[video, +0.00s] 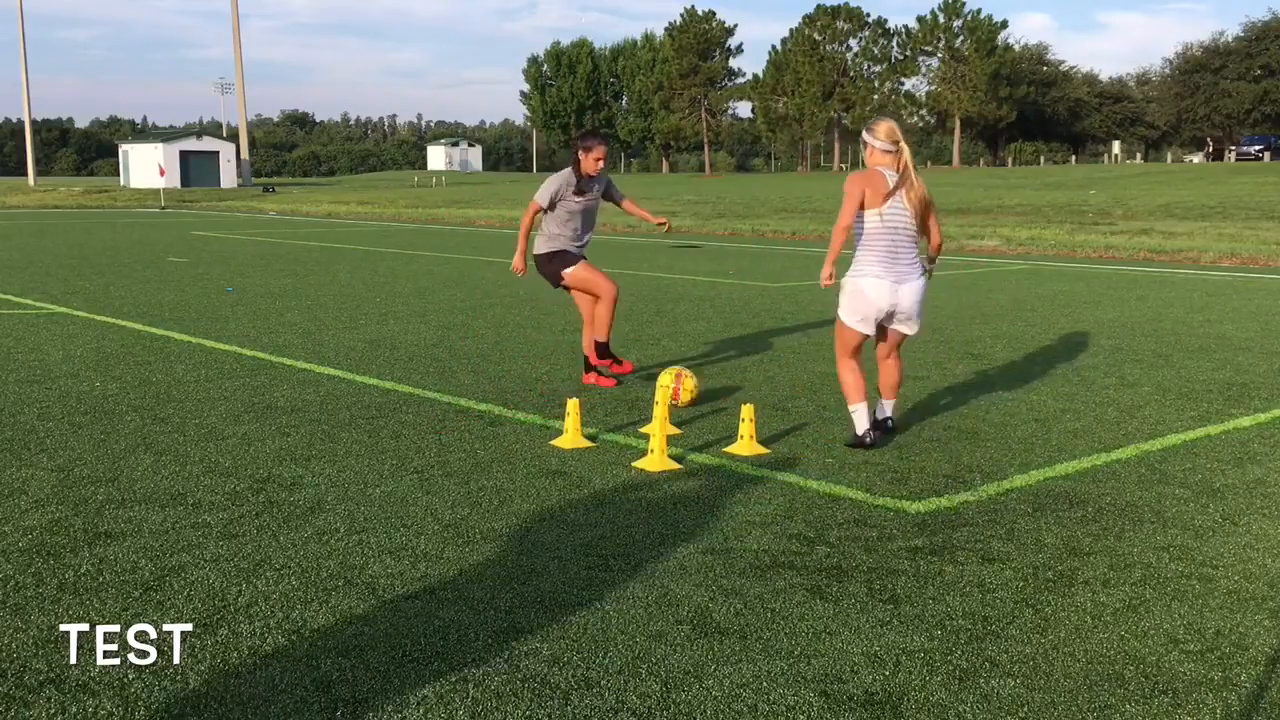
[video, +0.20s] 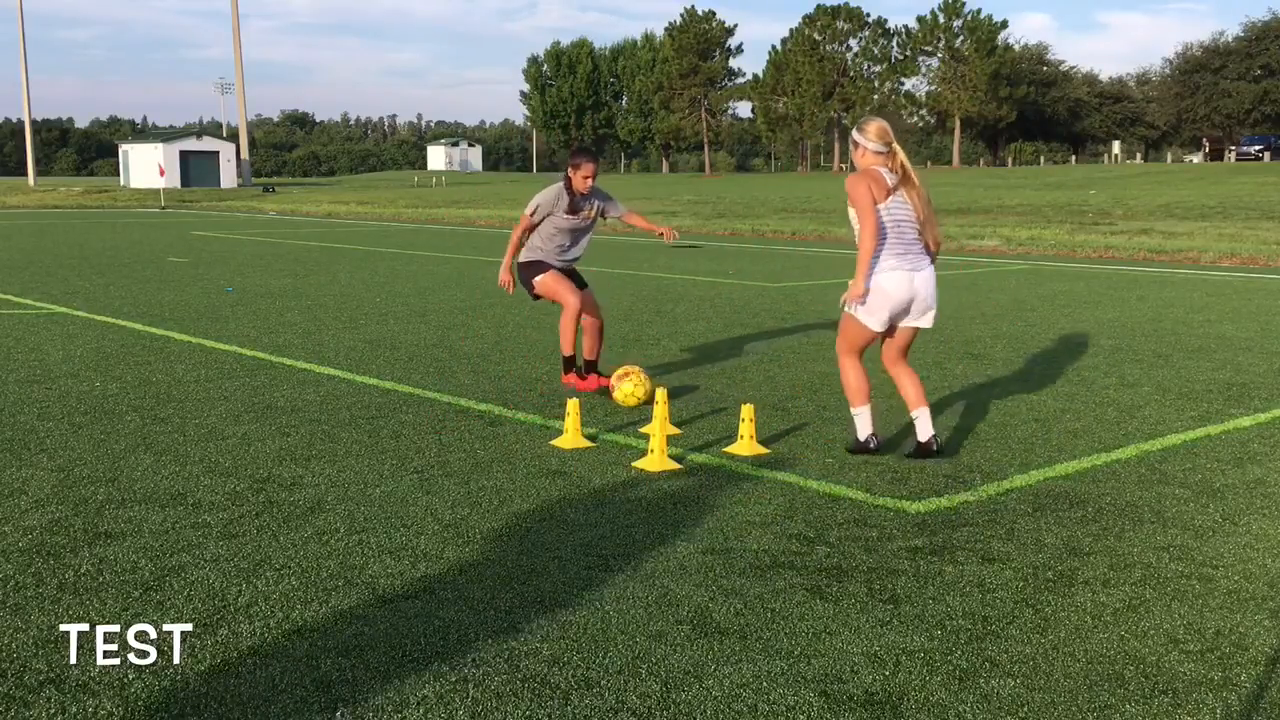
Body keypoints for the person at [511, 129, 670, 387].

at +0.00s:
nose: (602, 165)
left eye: (604, 159)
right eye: (597, 159)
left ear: (604, 158)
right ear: (580, 156)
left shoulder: (601, 180)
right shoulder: (560, 181)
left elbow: (621, 201)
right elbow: (530, 212)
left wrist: (651, 218)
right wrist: (520, 254)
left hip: (573, 253)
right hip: (551, 254)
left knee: (591, 314)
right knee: (607, 290)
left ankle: (590, 371)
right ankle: (602, 354)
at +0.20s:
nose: (590, 183)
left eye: (593, 177)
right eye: (585, 178)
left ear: (596, 175)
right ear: (570, 173)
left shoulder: (598, 198)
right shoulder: (551, 196)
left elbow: (626, 215)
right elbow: (521, 229)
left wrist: (656, 229)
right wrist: (506, 266)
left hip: (564, 266)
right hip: (534, 263)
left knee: (594, 317)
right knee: (573, 300)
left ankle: (590, 374)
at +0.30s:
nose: (572, 178)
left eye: (575, 172)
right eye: (566, 172)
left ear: (578, 170)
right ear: (551, 168)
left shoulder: (583, 191)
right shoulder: (534, 193)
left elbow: (604, 215)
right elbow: (504, 226)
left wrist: (616, 218)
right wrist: (495, 262)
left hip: (561, 269)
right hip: (528, 267)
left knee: (584, 321)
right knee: (535, 318)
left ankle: (589, 374)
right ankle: (509, 379)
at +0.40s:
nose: (549, 171)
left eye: (553, 165)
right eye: (544, 166)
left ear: (556, 164)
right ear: (529, 162)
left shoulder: (562, 187)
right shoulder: (511, 189)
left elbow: (574, 213)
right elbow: (485, 227)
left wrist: (585, 220)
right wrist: (484, 258)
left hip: (550, 273)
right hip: (513, 271)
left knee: (572, 333)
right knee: (502, 331)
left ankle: (582, 369)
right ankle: (482, 386)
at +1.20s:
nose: (529, 162)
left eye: (534, 155)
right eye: (523, 154)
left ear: (540, 154)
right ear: (509, 150)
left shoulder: (544, 187)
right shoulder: (483, 179)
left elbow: (551, 223)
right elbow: (455, 220)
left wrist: (560, 249)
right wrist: (432, 263)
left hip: (521, 268)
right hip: (480, 262)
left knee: (527, 335)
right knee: (485, 325)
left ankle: (508, 416)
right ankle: (484, 410)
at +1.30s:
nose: (528, 152)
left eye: (533, 145)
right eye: (522, 144)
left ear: (538, 145)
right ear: (507, 140)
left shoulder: (536, 173)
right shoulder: (482, 169)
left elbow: (527, 211)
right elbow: (452, 210)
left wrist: (536, 234)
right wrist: (437, 255)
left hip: (514, 258)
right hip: (476, 252)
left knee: (528, 332)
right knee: (486, 324)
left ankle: (510, 413)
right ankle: (466, 406)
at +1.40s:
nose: (525, 156)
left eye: (530, 149)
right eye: (520, 148)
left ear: (533, 149)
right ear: (503, 145)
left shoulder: (529, 177)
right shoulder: (480, 175)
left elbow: (515, 215)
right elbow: (445, 213)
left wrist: (528, 238)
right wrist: (439, 263)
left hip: (508, 266)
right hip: (473, 263)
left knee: (542, 328)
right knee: (480, 341)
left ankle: (509, 399)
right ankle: (443, 416)